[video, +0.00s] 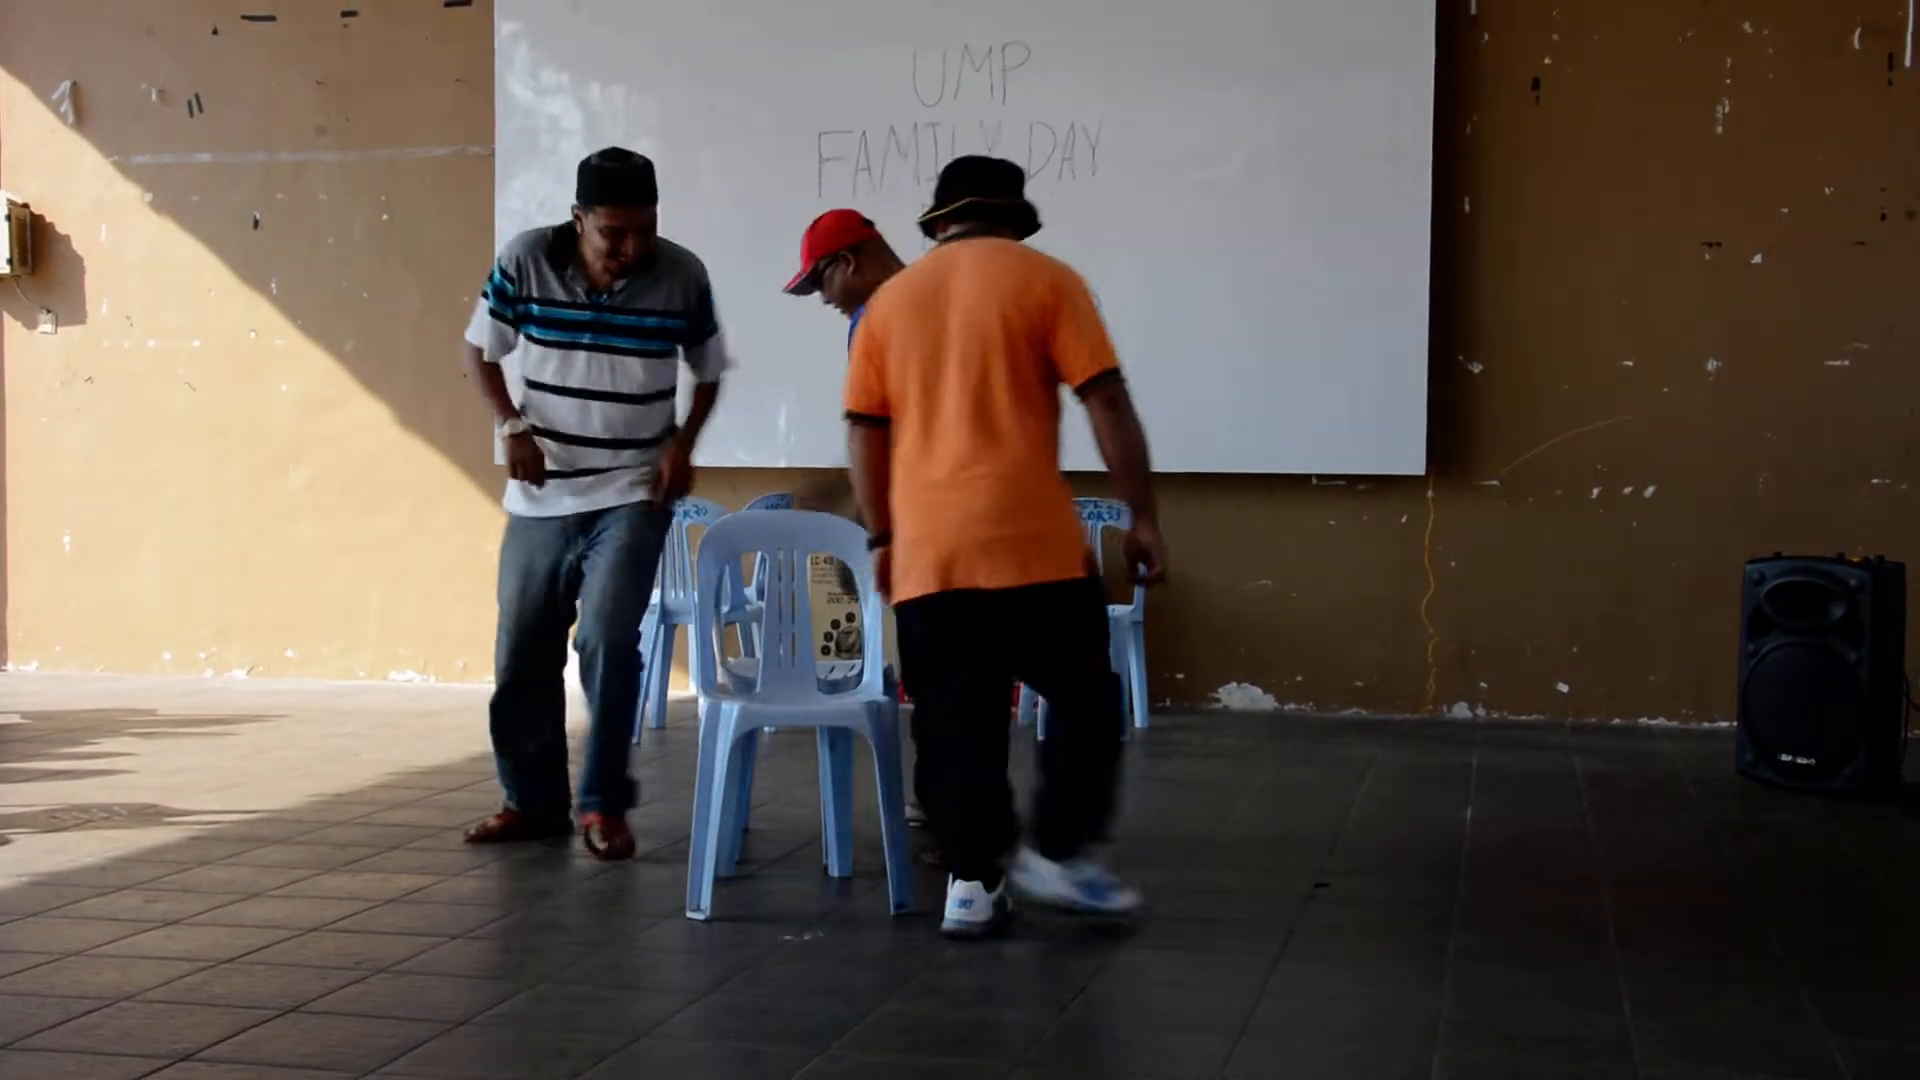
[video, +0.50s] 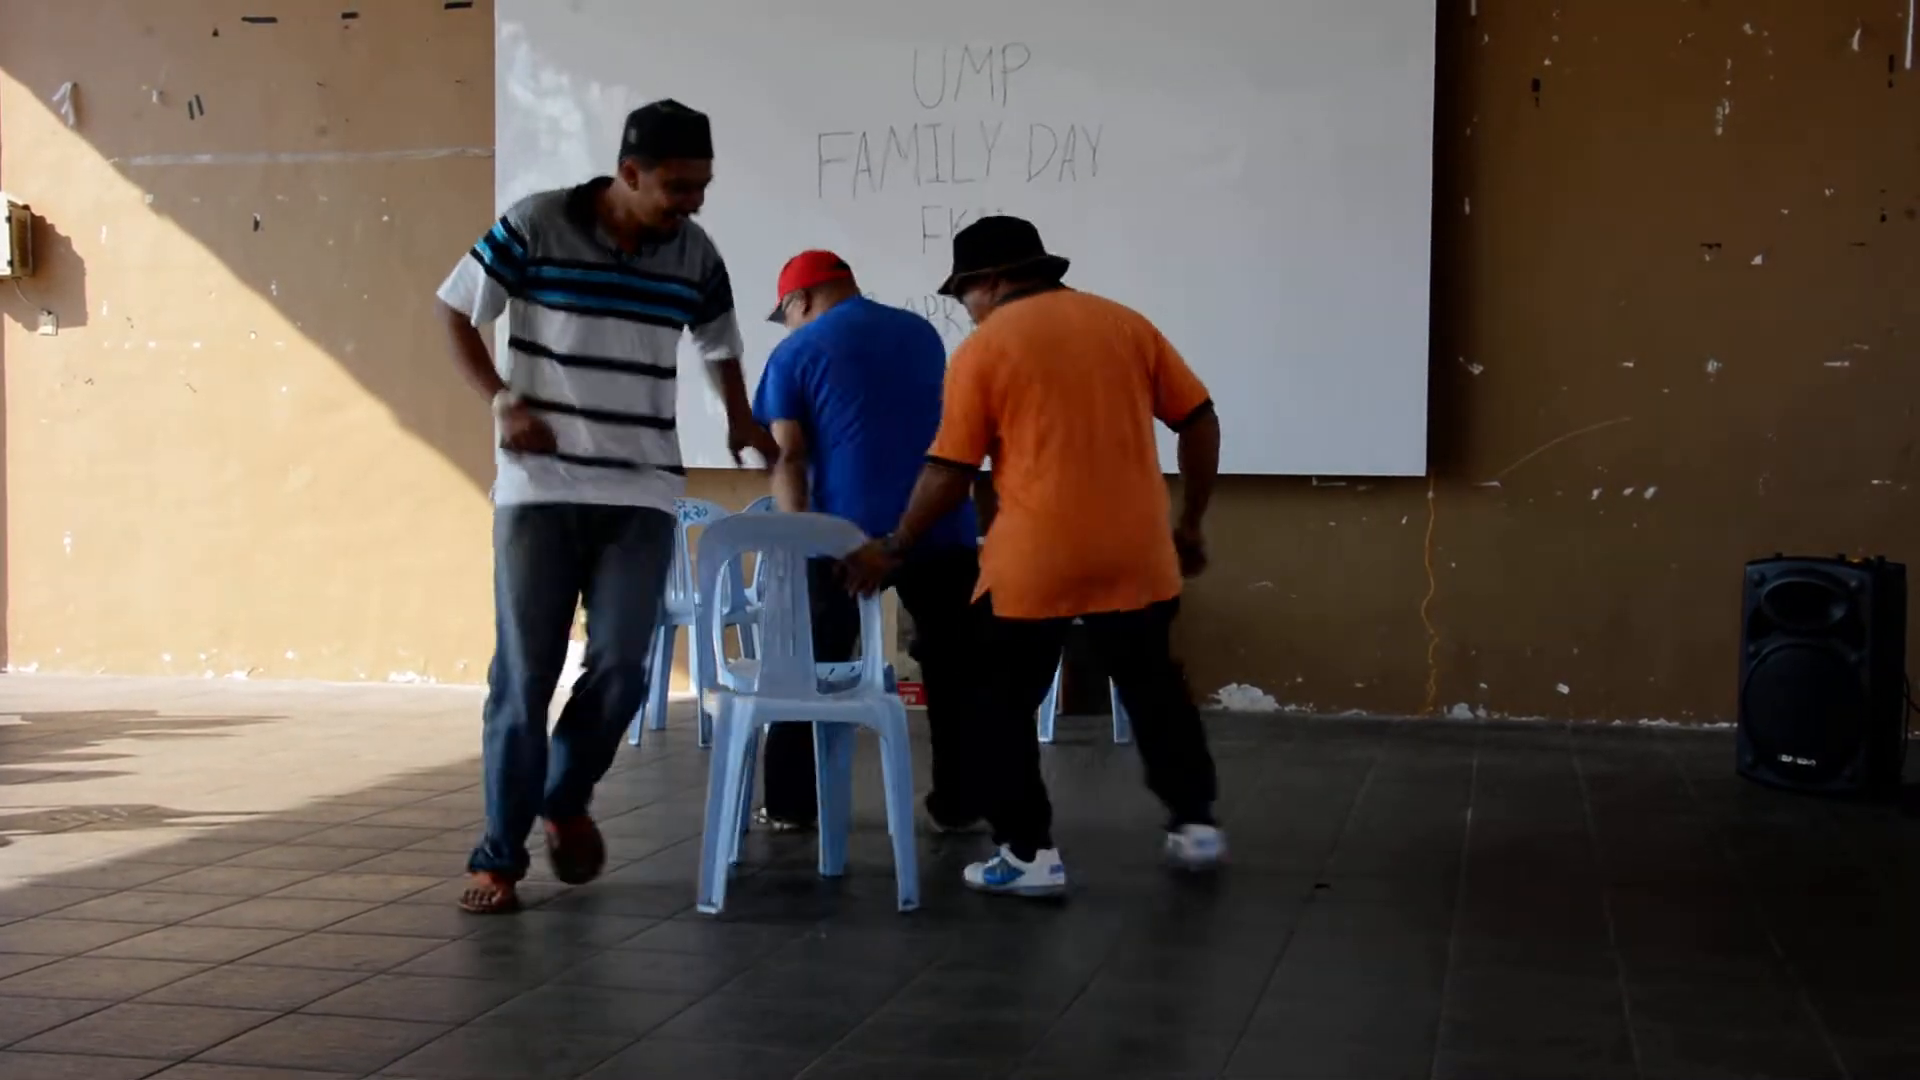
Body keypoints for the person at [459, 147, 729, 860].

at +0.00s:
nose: (630, 249)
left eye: (642, 232)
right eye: (613, 234)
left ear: (656, 218)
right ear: (579, 218)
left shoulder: (681, 278)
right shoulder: (526, 262)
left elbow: (709, 369)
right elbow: (479, 349)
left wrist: (684, 442)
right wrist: (511, 425)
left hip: (630, 494)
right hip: (540, 497)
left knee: (606, 641)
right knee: (520, 656)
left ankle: (603, 806)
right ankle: (531, 806)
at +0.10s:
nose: (639, 235)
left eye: (650, 218)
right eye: (622, 219)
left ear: (663, 205)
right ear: (583, 201)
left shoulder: (678, 268)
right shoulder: (521, 249)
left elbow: (677, 356)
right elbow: (469, 338)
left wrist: (667, 428)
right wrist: (506, 408)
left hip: (626, 490)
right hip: (533, 491)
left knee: (603, 653)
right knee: (528, 657)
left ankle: (574, 833)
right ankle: (526, 798)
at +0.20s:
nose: (659, 217)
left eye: (668, 202)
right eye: (645, 202)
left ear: (674, 192)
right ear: (598, 187)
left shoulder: (680, 260)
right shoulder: (525, 238)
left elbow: (684, 351)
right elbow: (466, 334)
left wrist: (680, 418)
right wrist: (517, 402)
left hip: (631, 494)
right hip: (531, 492)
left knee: (602, 666)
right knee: (509, 656)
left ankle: (573, 836)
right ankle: (524, 771)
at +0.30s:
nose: (669, 206)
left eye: (678, 190)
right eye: (655, 191)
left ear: (684, 178)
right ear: (607, 173)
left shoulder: (685, 251)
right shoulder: (528, 226)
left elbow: (715, 355)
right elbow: (467, 325)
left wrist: (702, 423)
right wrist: (524, 399)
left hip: (636, 492)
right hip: (532, 487)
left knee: (607, 672)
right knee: (501, 655)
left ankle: (574, 836)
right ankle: (515, 776)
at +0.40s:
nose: (676, 199)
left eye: (686, 184)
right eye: (664, 183)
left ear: (692, 171)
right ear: (616, 163)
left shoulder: (690, 243)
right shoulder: (530, 216)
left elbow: (734, 344)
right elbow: (459, 309)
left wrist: (732, 413)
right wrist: (511, 387)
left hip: (637, 490)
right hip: (538, 483)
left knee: (603, 671)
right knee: (519, 665)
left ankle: (570, 835)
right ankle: (495, 847)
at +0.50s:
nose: (692, 206)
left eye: (700, 190)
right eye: (679, 191)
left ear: (703, 178)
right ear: (629, 173)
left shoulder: (696, 257)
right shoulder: (538, 224)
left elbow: (722, 349)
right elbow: (459, 312)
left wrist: (741, 418)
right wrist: (500, 398)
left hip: (641, 491)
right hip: (540, 484)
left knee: (624, 665)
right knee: (524, 673)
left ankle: (566, 797)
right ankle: (497, 856)